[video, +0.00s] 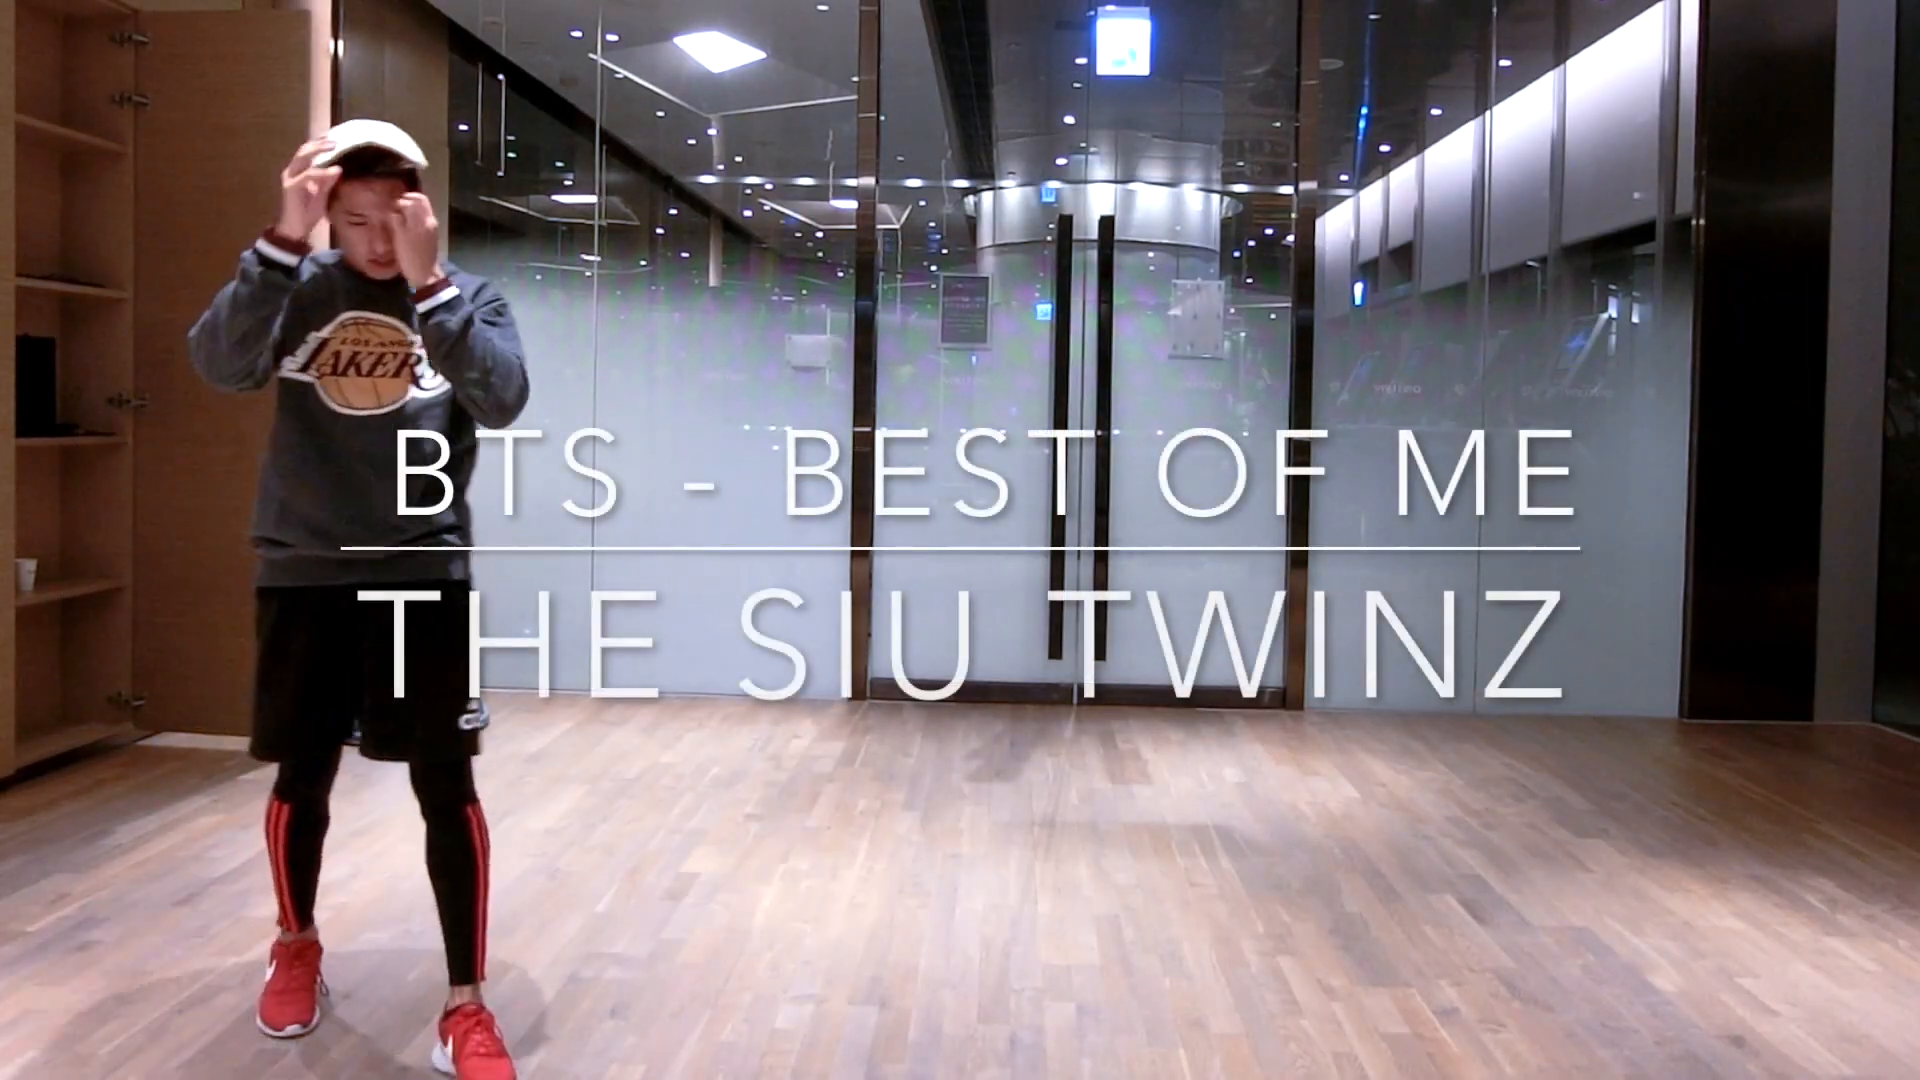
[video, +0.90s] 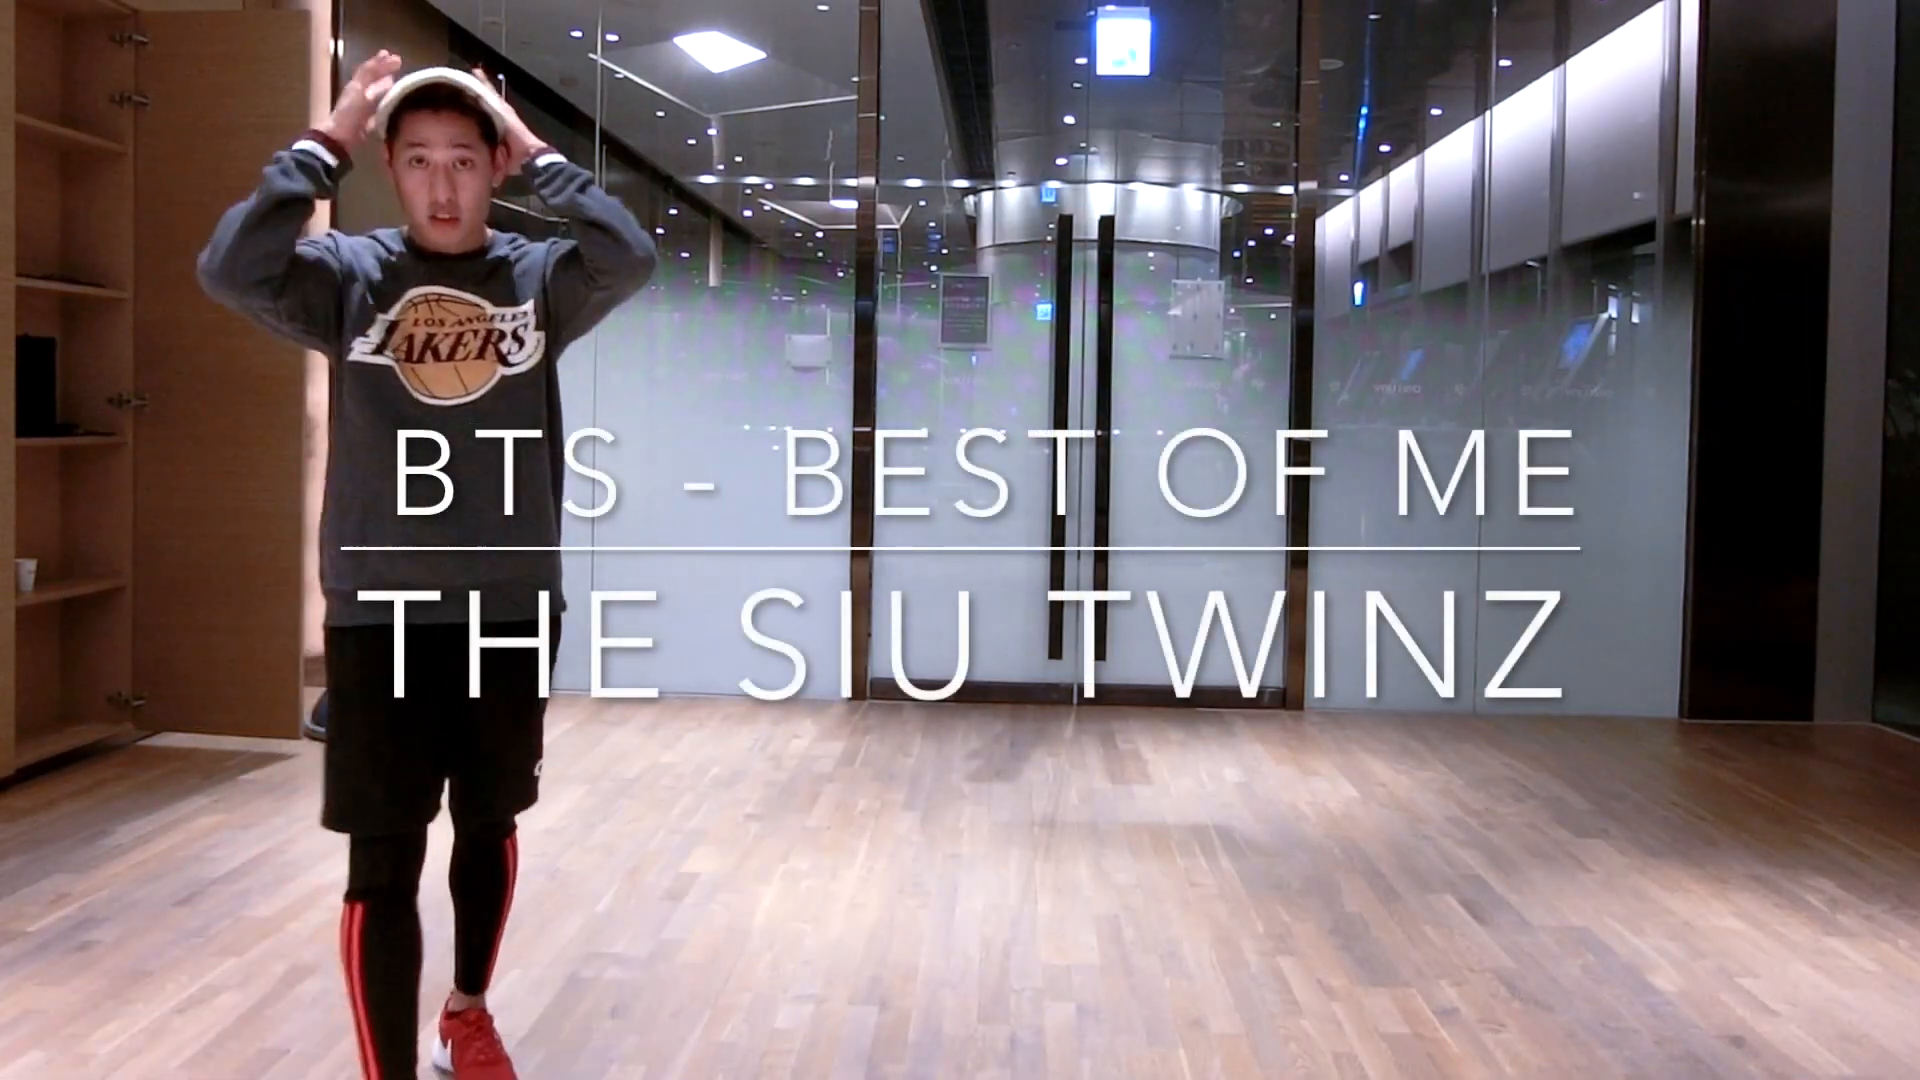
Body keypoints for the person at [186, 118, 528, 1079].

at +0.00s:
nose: (372, 218)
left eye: (391, 200)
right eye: (354, 203)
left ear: (422, 210)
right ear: (324, 213)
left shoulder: (464, 298)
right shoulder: (299, 292)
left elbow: (504, 399)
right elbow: (224, 365)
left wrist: (427, 282)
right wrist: (285, 241)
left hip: (428, 572)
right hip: (310, 570)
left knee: (447, 784)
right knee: (302, 777)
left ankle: (468, 1002)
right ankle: (294, 946)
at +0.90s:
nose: (443, 183)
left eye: (462, 160)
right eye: (420, 161)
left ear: (496, 174)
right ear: (392, 175)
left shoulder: (537, 280)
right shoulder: (354, 276)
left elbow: (629, 254)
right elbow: (233, 269)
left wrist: (533, 163)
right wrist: (328, 140)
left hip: (505, 608)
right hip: (381, 609)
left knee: (490, 828)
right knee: (385, 858)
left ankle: (469, 1010)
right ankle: (391, 1070)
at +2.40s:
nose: (553, 18)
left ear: (648, 23)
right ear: (495, 27)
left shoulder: (725, 242)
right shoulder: (403, 206)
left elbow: (829, 450)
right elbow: (279, 394)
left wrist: (931, 619)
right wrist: (172, 562)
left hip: (620, 677)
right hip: (424, 671)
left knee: (607, 1006)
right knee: (384, 993)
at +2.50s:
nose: (591, 11)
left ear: (685, 17)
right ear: (526, 21)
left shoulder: (754, 243)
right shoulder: (431, 204)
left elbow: (833, 489)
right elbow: (323, 444)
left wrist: (909, 718)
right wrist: (221, 672)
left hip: (636, 692)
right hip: (441, 687)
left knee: (618, 1031)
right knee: (396, 1022)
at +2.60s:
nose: (614, 3)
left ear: (710, 15)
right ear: (554, 10)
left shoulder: (772, 234)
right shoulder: (456, 193)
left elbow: (824, 495)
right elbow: (376, 463)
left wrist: (829, 725)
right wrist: (363, 679)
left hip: (661, 704)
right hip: (461, 698)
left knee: (630, 1036)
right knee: (414, 1043)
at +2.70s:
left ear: (727, 16)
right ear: (574, 8)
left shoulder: (785, 219)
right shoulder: (468, 176)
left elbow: (844, 447)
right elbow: (388, 437)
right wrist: (481, 572)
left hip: (675, 697)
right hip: (481, 691)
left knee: (637, 1036)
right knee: (439, 1039)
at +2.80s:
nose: (651, 21)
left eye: (688, 5)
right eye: (641, 1)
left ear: (744, 24)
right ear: (602, 14)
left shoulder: (779, 183)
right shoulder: (472, 168)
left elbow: (893, 389)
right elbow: (381, 426)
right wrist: (508, 477)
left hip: (692, 688)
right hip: (498, 681)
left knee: (644, 1043)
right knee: (474, 1047)